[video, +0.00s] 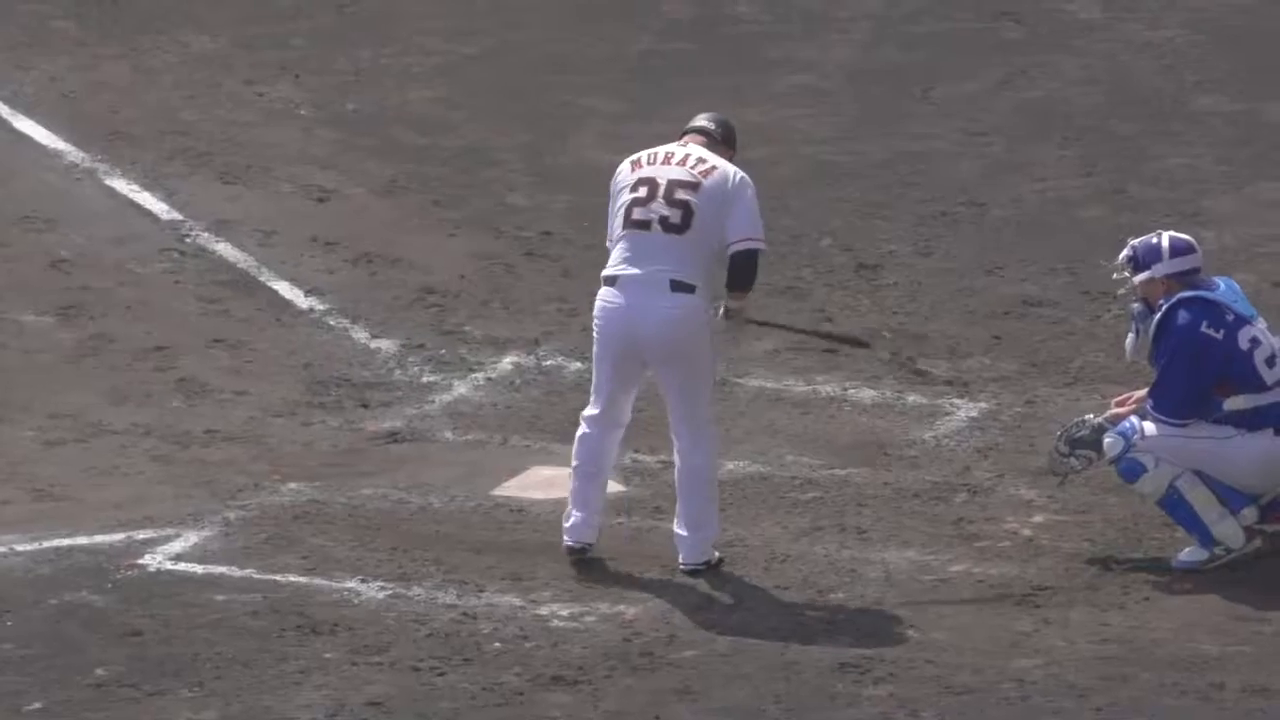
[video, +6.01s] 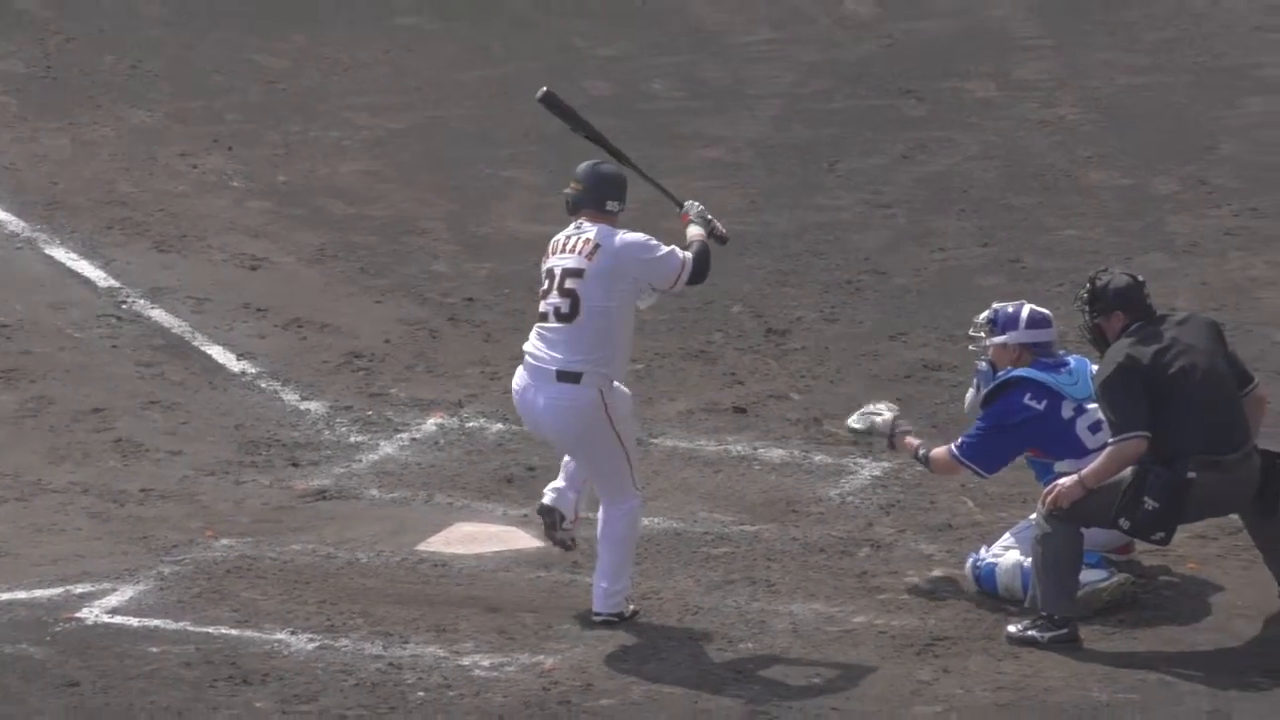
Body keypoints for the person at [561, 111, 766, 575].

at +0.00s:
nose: (726, 160)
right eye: (729, 154)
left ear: (683, 136)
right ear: (726, 148)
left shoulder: (629, 163)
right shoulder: (732, 177)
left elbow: (616, 238)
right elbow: (743, 264)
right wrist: (734, 303)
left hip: (614, 301)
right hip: (681, 307)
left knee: (602, 416)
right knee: (693, 431)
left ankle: (578, 532)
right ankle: (695, 549)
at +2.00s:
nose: (687, 119)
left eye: (675, 110)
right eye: (718, 111)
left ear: (671, 113)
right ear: (720, 114)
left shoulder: (653, 162)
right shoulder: (743, 164)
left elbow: (712, 174)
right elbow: (806, 190)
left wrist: (761, 137)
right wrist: (791, 146)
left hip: (661, 312)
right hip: (724, 318)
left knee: (655, 421)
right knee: (751, 433)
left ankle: (615, 532)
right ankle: (748, 550)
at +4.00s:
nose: (607, 176)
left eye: (611, 171)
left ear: (615, 175)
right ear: (662, 177)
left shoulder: (598, 221)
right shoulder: (677, 224)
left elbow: (676, 212)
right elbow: (742, 221)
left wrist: (713, 167)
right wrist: (730, 172)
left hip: (591, 373)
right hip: (652, 380)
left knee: (588, 480)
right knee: (679, 488)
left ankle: (539, 583)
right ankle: (668, 604)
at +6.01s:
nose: (569, 203)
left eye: (571, 197)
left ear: (576, 200)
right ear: (617, 203)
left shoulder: (559, 243)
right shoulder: (627, 246)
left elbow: (641, 287)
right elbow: (695, 269)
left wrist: (702, 242)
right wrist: (696, 227)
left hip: (527, 389)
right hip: (583, 400)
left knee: (618, 403)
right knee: (621, 498)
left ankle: (562, 499)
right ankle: (609, 603)